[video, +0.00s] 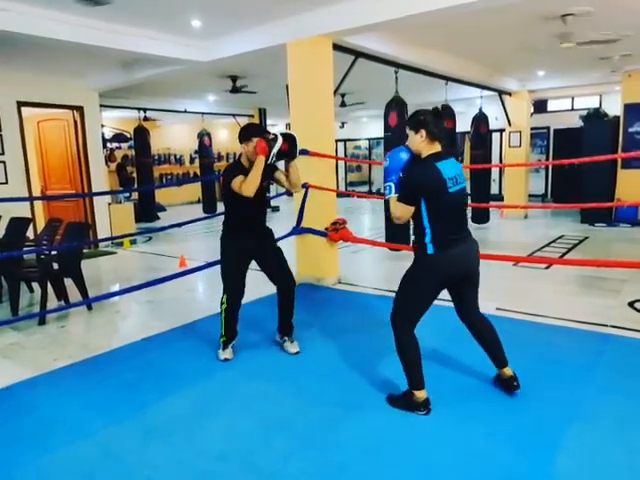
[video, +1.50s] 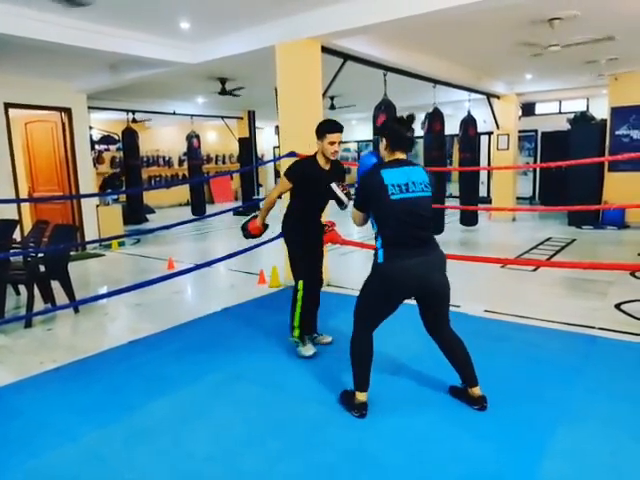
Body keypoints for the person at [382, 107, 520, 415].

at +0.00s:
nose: (408, 142)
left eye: (410, 136)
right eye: (408, 136)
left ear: (423, 136)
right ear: (435, 136)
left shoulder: (418, 171)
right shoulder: (453, 163)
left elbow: (398, 215)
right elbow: (437, 201)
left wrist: (391, 184)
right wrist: (407, 176)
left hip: (434, 262)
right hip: (466, 254)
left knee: (401, 321)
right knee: (470, 313)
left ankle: (417, 395)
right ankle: (507, 373)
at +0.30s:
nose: (416, 143)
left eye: (419, 138)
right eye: (418, 137)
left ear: (431, 141)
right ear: (444, 140)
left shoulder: (420, 173)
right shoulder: (460, 167)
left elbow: (377, 197)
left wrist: (368, 168)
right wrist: (383, 172)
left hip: (434, 262)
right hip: (470, 257)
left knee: (389, 311)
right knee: (475, 317)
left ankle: (376, 381)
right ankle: (510, 378)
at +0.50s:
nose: (387, 138)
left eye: (391, 133)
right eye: (388, 133)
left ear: (404, 137)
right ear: (416, 138)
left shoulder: (389, 165)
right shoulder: (431, 164)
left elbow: (346, 177)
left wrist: (329, 155)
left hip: (408, 258)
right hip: (442, 252)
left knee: (375, 315)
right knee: (457, 315)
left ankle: (362, 381)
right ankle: (497, 376)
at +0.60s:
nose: (381, 133)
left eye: (384, 128)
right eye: (383, 128)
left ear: (396, 133)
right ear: (403, 135)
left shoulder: (393, 168)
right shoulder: (410, 160)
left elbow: (364, 204)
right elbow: (363, 159)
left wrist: (341, 177)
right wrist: (338, 140)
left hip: (403, 254)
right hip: (431, 248)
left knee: (374, 316)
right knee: (441, 316)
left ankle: (361, 381)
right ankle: (483, 379)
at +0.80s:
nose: (383, 137)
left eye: (387, 132)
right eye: (385, 132)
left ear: (401, 135)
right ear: (406, 136)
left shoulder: (405, 173)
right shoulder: (403, 165)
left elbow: (383, 215)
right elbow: (363, 172)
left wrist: (361, 184)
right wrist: (338, 151)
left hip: (404, 258)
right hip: (429, 252)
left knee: (370, 315)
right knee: (435, 318)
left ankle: (359, 382)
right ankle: (476, 381)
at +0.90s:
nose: (389, 142)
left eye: (392, 136)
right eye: (389, 137)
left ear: (407, 138)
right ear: (413, 139)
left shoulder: (409, 175)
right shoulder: (428, 169)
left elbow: (387, 219)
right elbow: (399, 211)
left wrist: (370, 186)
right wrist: (380, 176)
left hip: (411, 263)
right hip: (438, 257)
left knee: (374, 317)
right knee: (438, 321)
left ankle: (359, 383)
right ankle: (474, 386)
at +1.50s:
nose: (378, 147)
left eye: (379, 143)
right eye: (380, 142)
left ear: (385, 145)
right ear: (407, 145)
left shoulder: (372, 176)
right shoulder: (422, 173)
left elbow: (358, 219)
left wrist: (369, 193)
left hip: (394, 270)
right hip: (432, 266)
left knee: (363, 327)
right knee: (441, 328)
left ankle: (360, 397)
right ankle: (475, 390)